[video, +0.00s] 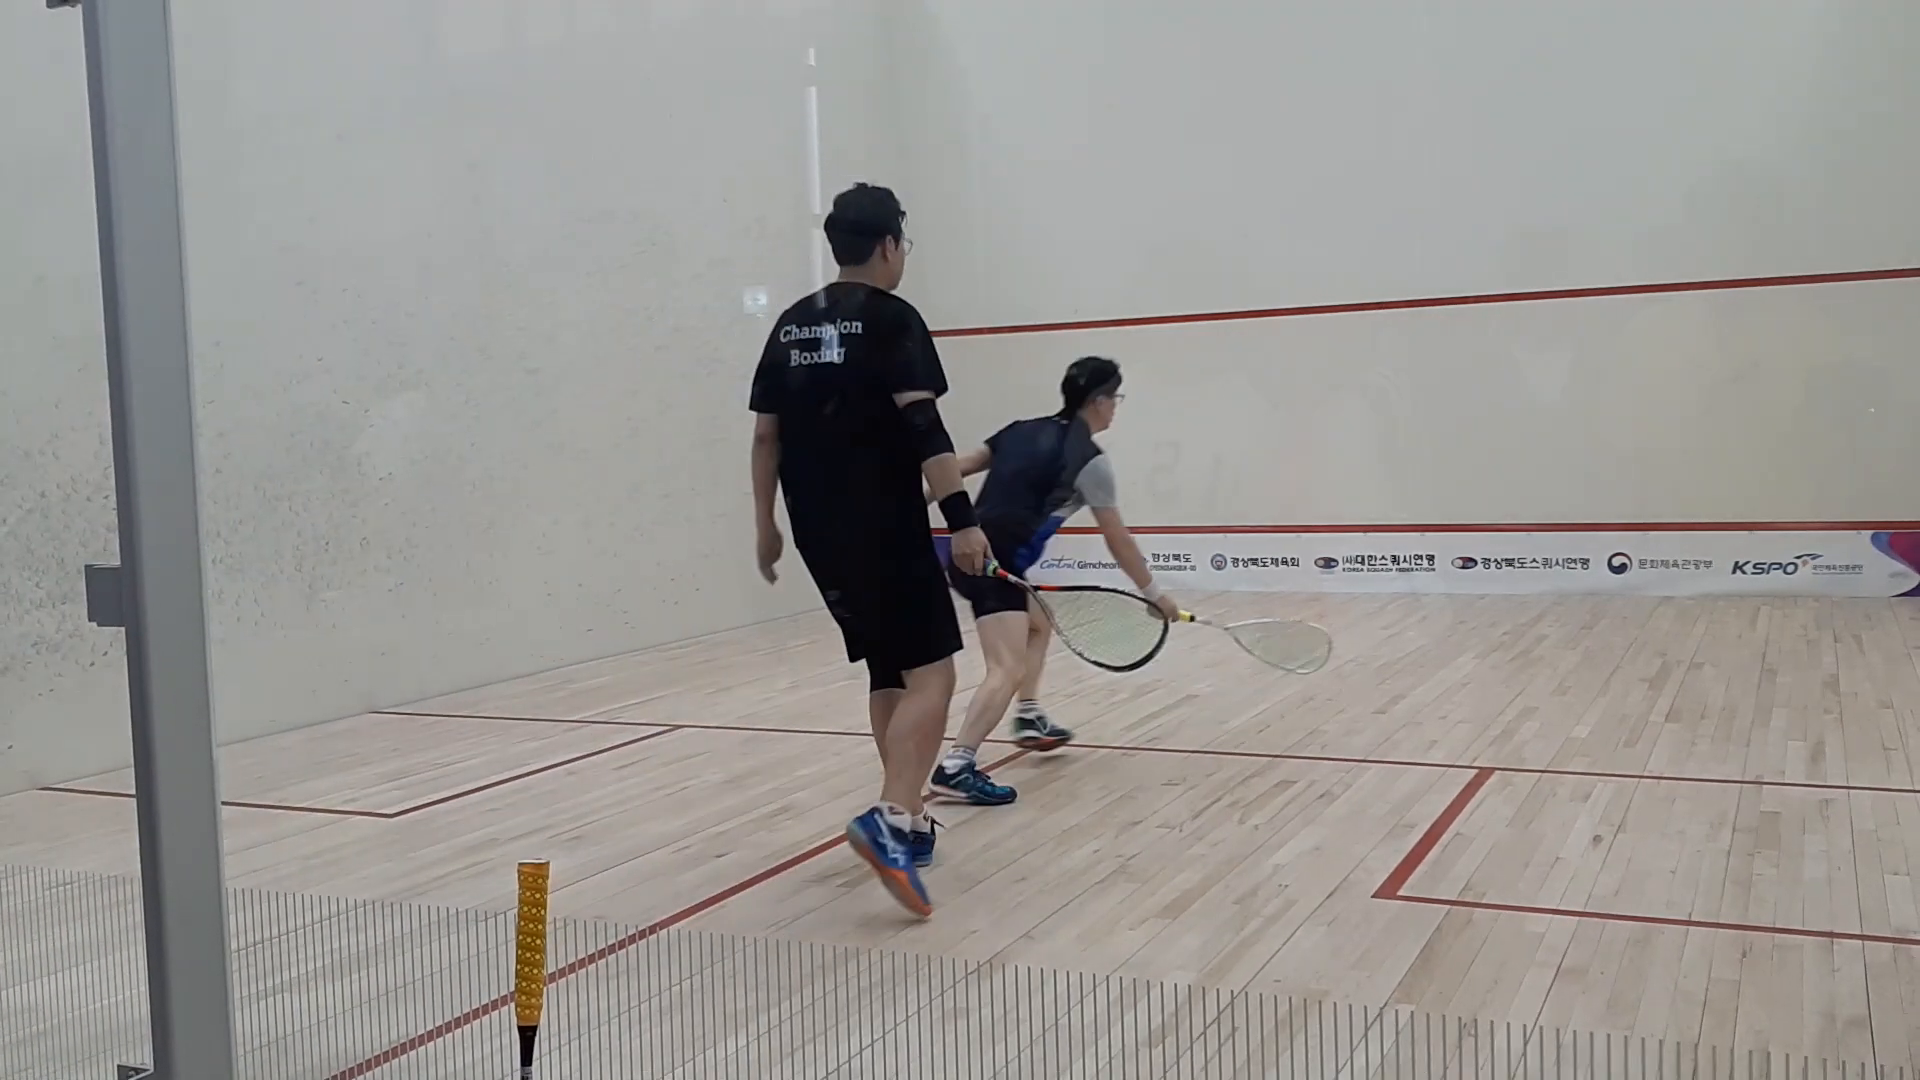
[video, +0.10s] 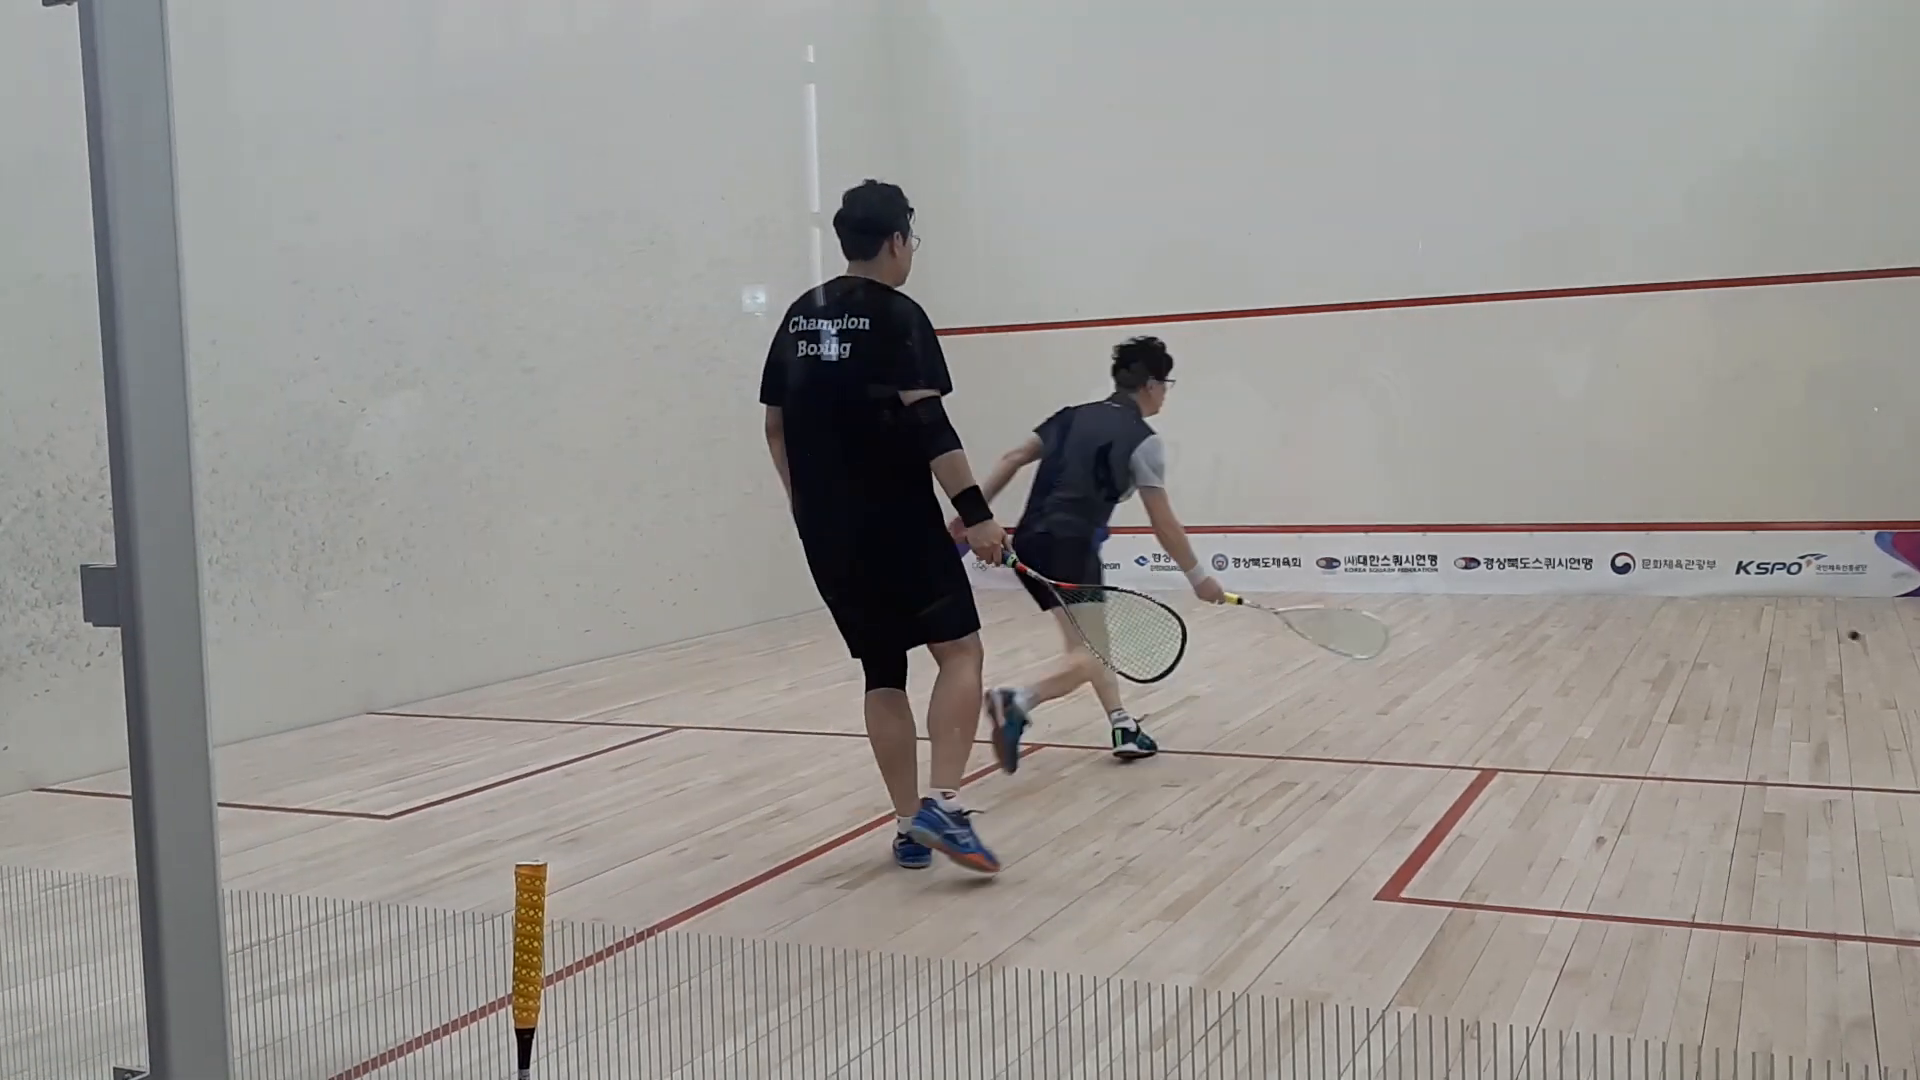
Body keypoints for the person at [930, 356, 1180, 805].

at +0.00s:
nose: (1115, 408)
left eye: (1116, 398)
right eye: (1113, 398)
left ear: (1071, 397)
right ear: (1094, 401)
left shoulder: (1022, 431)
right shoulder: (1090, 460)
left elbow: (958, 467)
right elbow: (1117, 539)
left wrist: (908, 491)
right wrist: (1153, 592)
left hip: (968, 551)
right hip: (997, 562)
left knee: (1039, 623)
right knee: (1008, 669)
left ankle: (1027, 714)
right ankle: (956, 765)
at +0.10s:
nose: (1165, 393)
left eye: (1166, 384)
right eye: (1164, 384)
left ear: (1121, 379)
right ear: (1149, 385)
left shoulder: (1071, 416)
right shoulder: (1141, 439)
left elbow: (1013, 458)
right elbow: (1162, 522)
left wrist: (970, 512)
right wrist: (1199, 576)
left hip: (1029, 544)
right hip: (1072, 550)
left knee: (1085, 639)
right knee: (1088, 658)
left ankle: (1123, 727)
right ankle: (1018, 702)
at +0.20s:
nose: (1215, 398)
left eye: (1216, 390)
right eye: (1215, 389)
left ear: (1170, 385)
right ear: (1201, 390)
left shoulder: (1121, 419)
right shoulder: (1191, 441)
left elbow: (1064, 467)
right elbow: (1205, 524)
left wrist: (1044, 530)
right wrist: (1238, 579)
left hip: (1081, 548)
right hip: (1130, 550)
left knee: (1132, 641)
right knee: (1187, 625)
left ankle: (1128, 722)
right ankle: (1140, 674)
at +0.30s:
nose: (1265, 400)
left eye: (1266, 393)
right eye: (1263, 392)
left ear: (1221, 387)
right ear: (1247, 391)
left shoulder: (1168, 415)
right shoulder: (1241, 441)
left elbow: (1109, 460)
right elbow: (1250, 525)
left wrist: (1105, 522)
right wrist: (1283, 582)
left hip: (1136, 543)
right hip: (1189, 542)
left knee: (1148, 642)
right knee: (1250, 592)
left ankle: (1135, 698)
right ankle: (1270, 686)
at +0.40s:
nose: (1308, 412)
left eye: (1310, 404)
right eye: (1307, 404)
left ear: (1265, 397)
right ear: (1292, 402)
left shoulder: (1212, 425)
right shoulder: (1291, 456)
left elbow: (1152, 462)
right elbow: (1310, 532)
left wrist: (1136, 520)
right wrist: (1342, 589)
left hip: (1189, 556)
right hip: (1245, 561)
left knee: (1177, 647)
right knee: (1300, 617)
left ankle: (1171, 690)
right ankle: (1329, 685)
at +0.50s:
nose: (1342, 437)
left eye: (1343, 429)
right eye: (1343, 428)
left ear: (1302, 419)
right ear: (1332, 427)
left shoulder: (1250, 446)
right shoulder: (1329, 475)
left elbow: (1194, 481)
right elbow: (1357, 545)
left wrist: (1166, 533)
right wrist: (1387, 583)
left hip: (1229, 571)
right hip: (1282, 573)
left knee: (1226, 662)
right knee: (1334, 594)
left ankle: (1212, 685)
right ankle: (1343, 683)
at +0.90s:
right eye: (1338, 379)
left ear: (1296, 376)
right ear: (1336, 385)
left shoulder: (1260, 419)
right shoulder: (1344, 436)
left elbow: (1215, 472)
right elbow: (1360, 511)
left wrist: (1210, 529)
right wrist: (1382, 559)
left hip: (1255, 539)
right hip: (1310, 540)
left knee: (1260, 619)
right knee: (1344, 594)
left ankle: (1241, 662)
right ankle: (1343, 681)